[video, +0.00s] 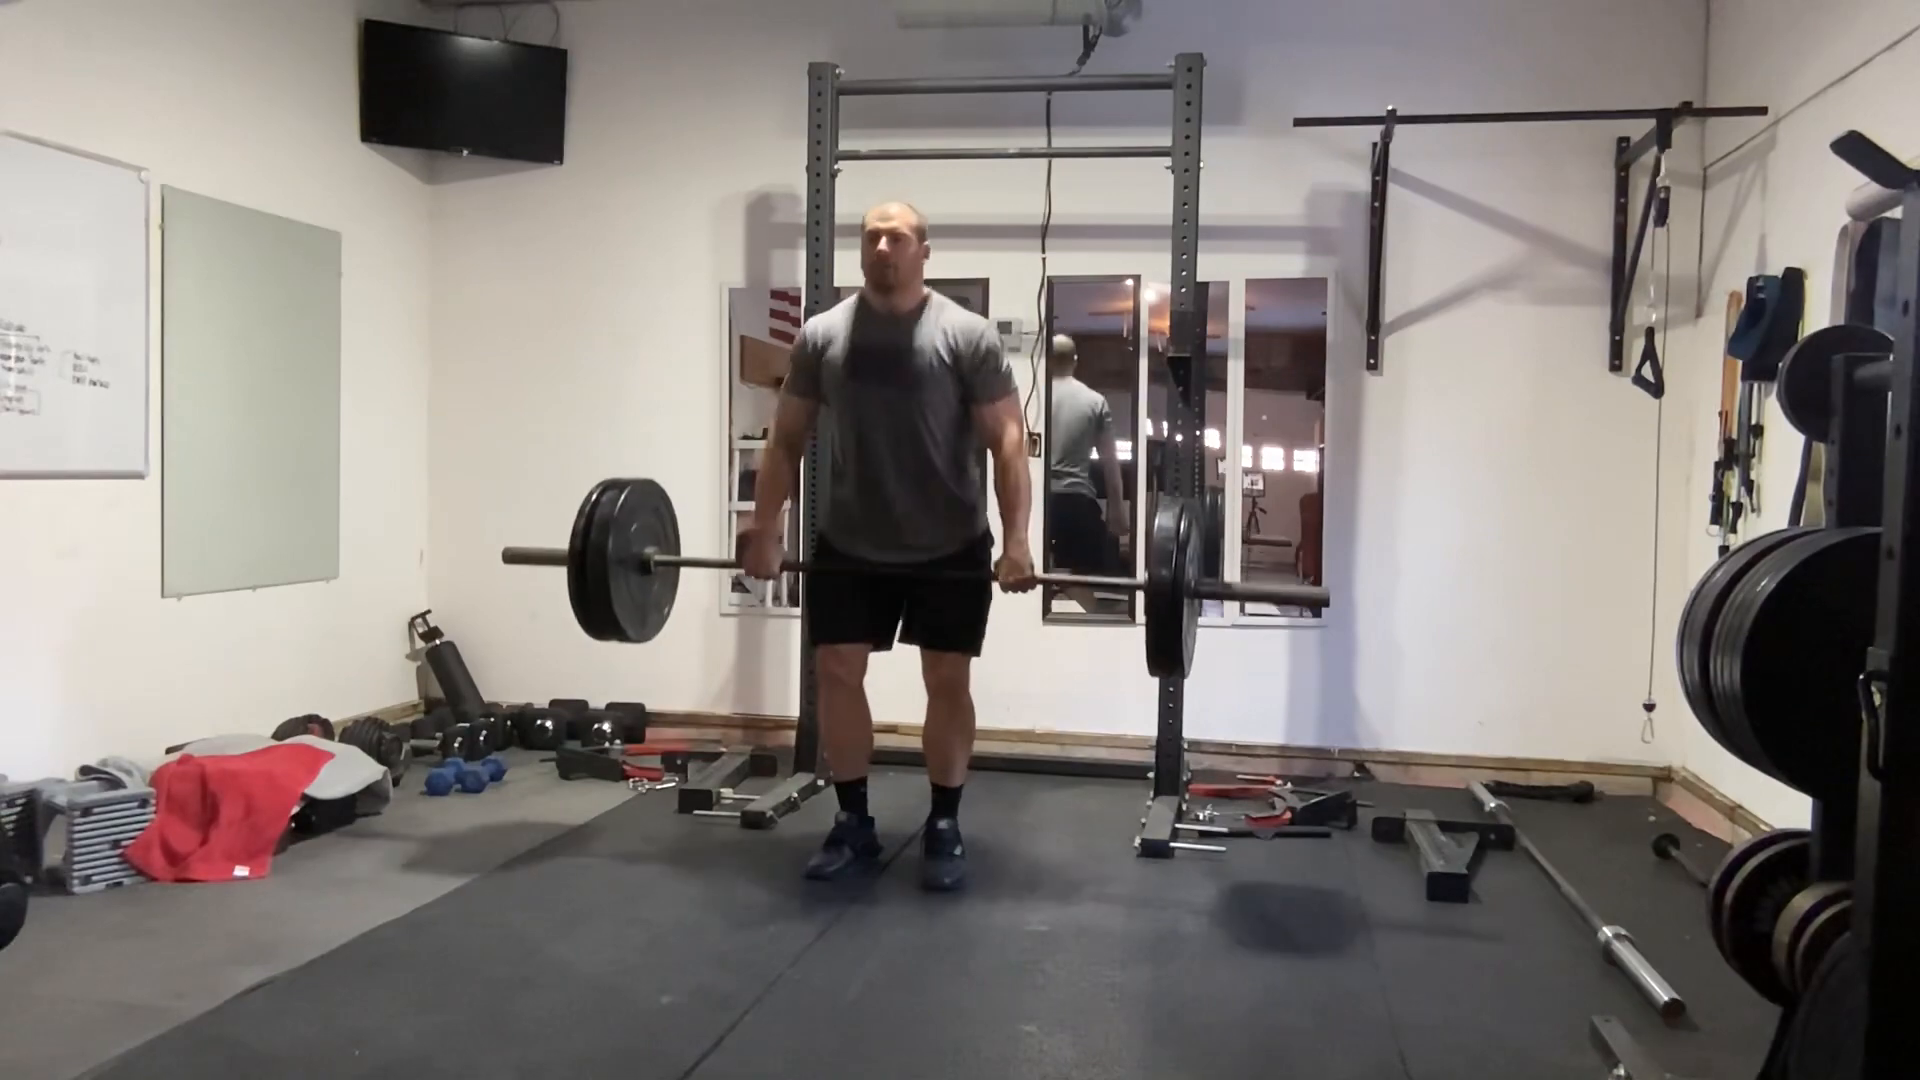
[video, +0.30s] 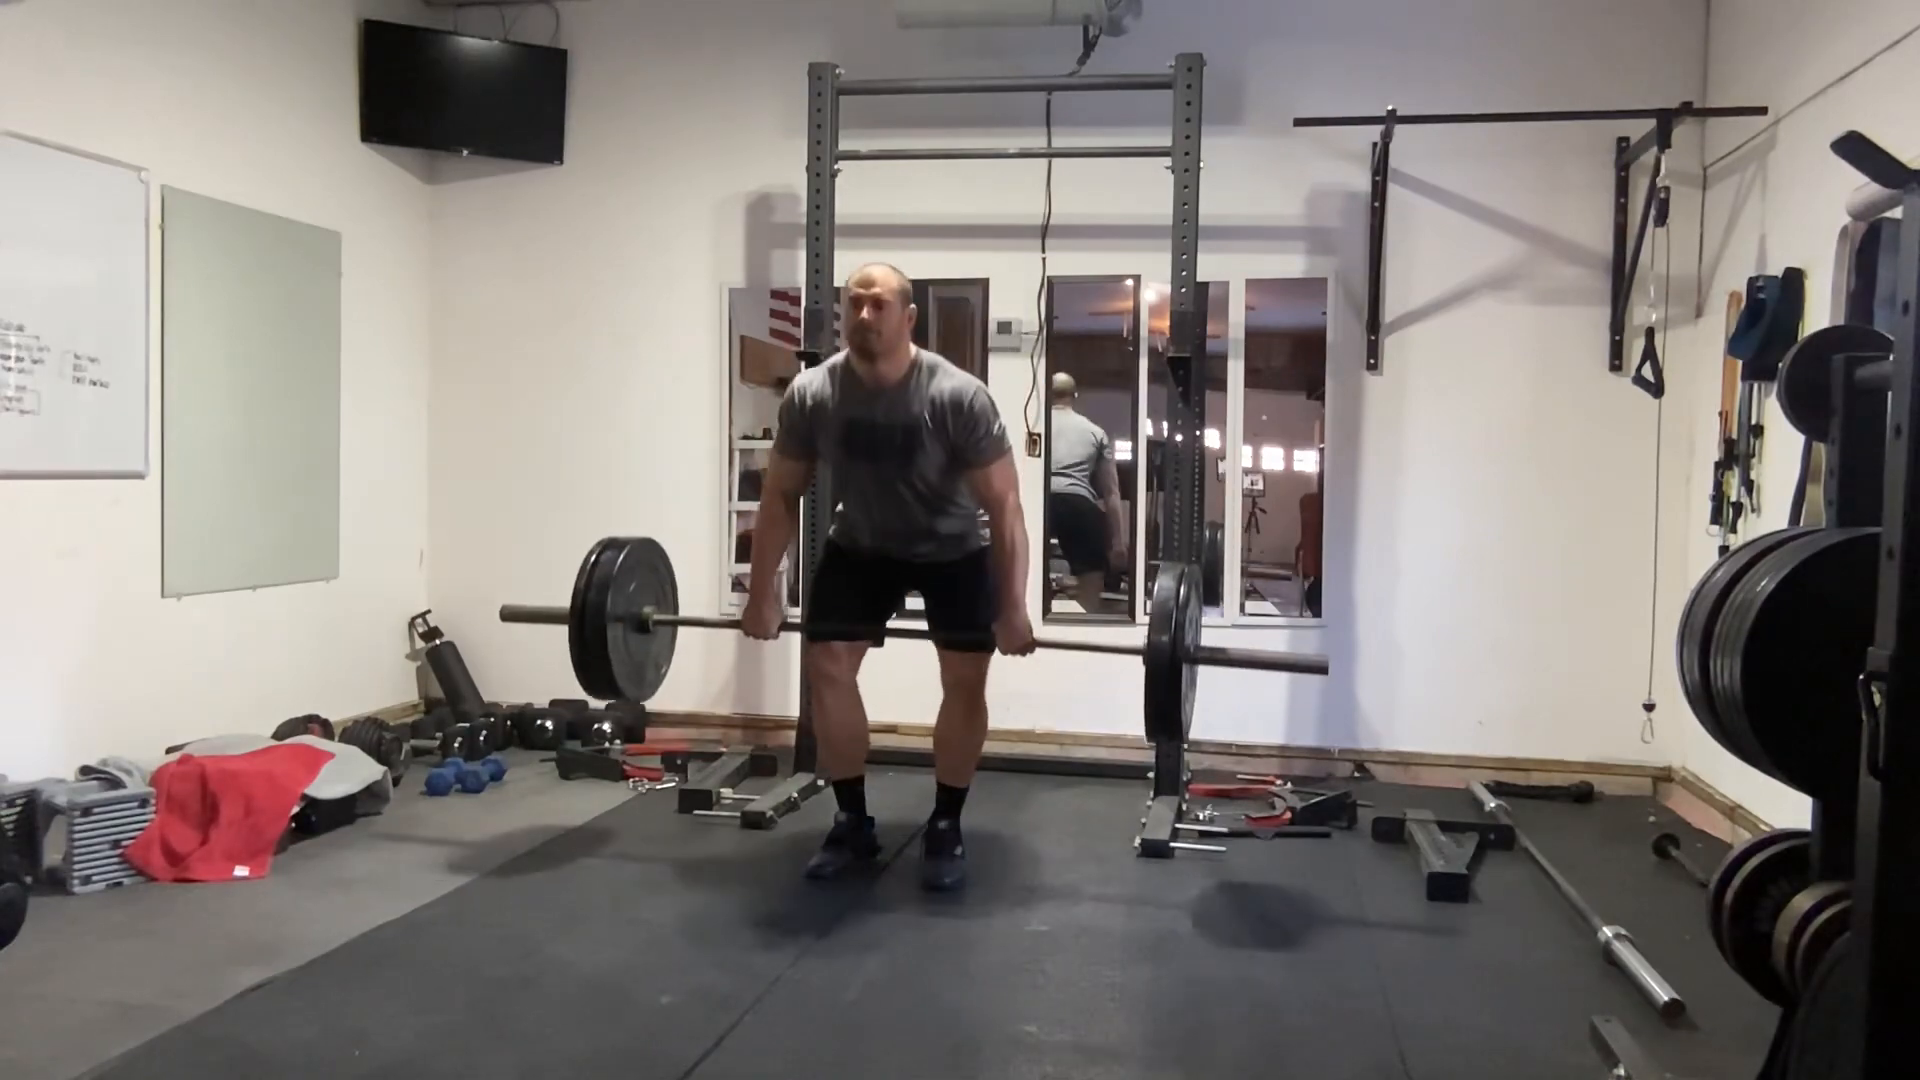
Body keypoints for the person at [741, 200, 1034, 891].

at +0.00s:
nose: (879, 248)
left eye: (893, 237)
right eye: (870, 237)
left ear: (924, 252)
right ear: (858, 252)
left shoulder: (968, 336)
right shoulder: (821, 336)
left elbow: (1007, 441)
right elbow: (786, 440)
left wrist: (1016, 540)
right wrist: (764, 529)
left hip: (946, 541)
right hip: (847, 540)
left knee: (948, 679)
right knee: (837, 671)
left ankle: (944, 827)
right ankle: (854, 827)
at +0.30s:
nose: (865, 314)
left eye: (880, 304)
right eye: (857, 303)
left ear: (909, 317)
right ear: (843, 315)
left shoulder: (959, 397)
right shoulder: (811, 396)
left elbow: (1003, 505)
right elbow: (779, 496)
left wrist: (1013, 605)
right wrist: (761, 593)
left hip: (956, 549)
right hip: (861, 548)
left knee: (965, 681)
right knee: (827, 665)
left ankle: (945, 828)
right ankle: (852, 826)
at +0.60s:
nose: (864, 319)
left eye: (878, 309)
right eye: (855, 308)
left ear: (909, 322)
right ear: (841, 321)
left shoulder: (957, 403)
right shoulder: (815, 403)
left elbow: (1007, 506)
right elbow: (777, 502)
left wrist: (1014, 610)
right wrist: (759, 599)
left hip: (955, 551)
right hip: (861, 550)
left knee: (965, 682)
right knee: (828, 667)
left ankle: (944, 829)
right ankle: (852, 827)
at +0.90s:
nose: (912, 216)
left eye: (926, 211)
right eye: (903, 211)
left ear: (950, 237)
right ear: (888, 235)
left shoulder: (979, 295)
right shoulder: (847, 292)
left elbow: (1037, 362)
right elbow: (782, 354)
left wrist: (1021, 431)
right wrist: (760, 425)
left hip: (940, 482)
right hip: (847, 480)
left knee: (934, 646)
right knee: (844, 647)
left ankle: (938, 816)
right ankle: (842, 808)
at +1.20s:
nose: (880, 227)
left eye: (895, 218)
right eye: (872, 220)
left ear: (928, 238)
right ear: (863, 242)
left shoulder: (972, 318)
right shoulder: (830, 325)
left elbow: (1032, 413)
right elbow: (784, 415)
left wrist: (1025, 335)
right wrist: (765, 341)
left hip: (934, 508)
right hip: (845, 507)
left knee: (930, 669)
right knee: (849, 669)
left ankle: (935, 831)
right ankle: (858, 830)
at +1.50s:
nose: (891, 255)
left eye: (906, 246)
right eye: (883, 245)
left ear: (936, 262)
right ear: (871, 260)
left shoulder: (956, 326)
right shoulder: (836, 325)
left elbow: (984, 366)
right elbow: (767, 361)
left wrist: (1009, 304)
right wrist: (771, 297)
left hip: (931, 529)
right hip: (840, 528)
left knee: (933, 685)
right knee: (824, 682)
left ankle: (933, 832)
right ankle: (857, 830)